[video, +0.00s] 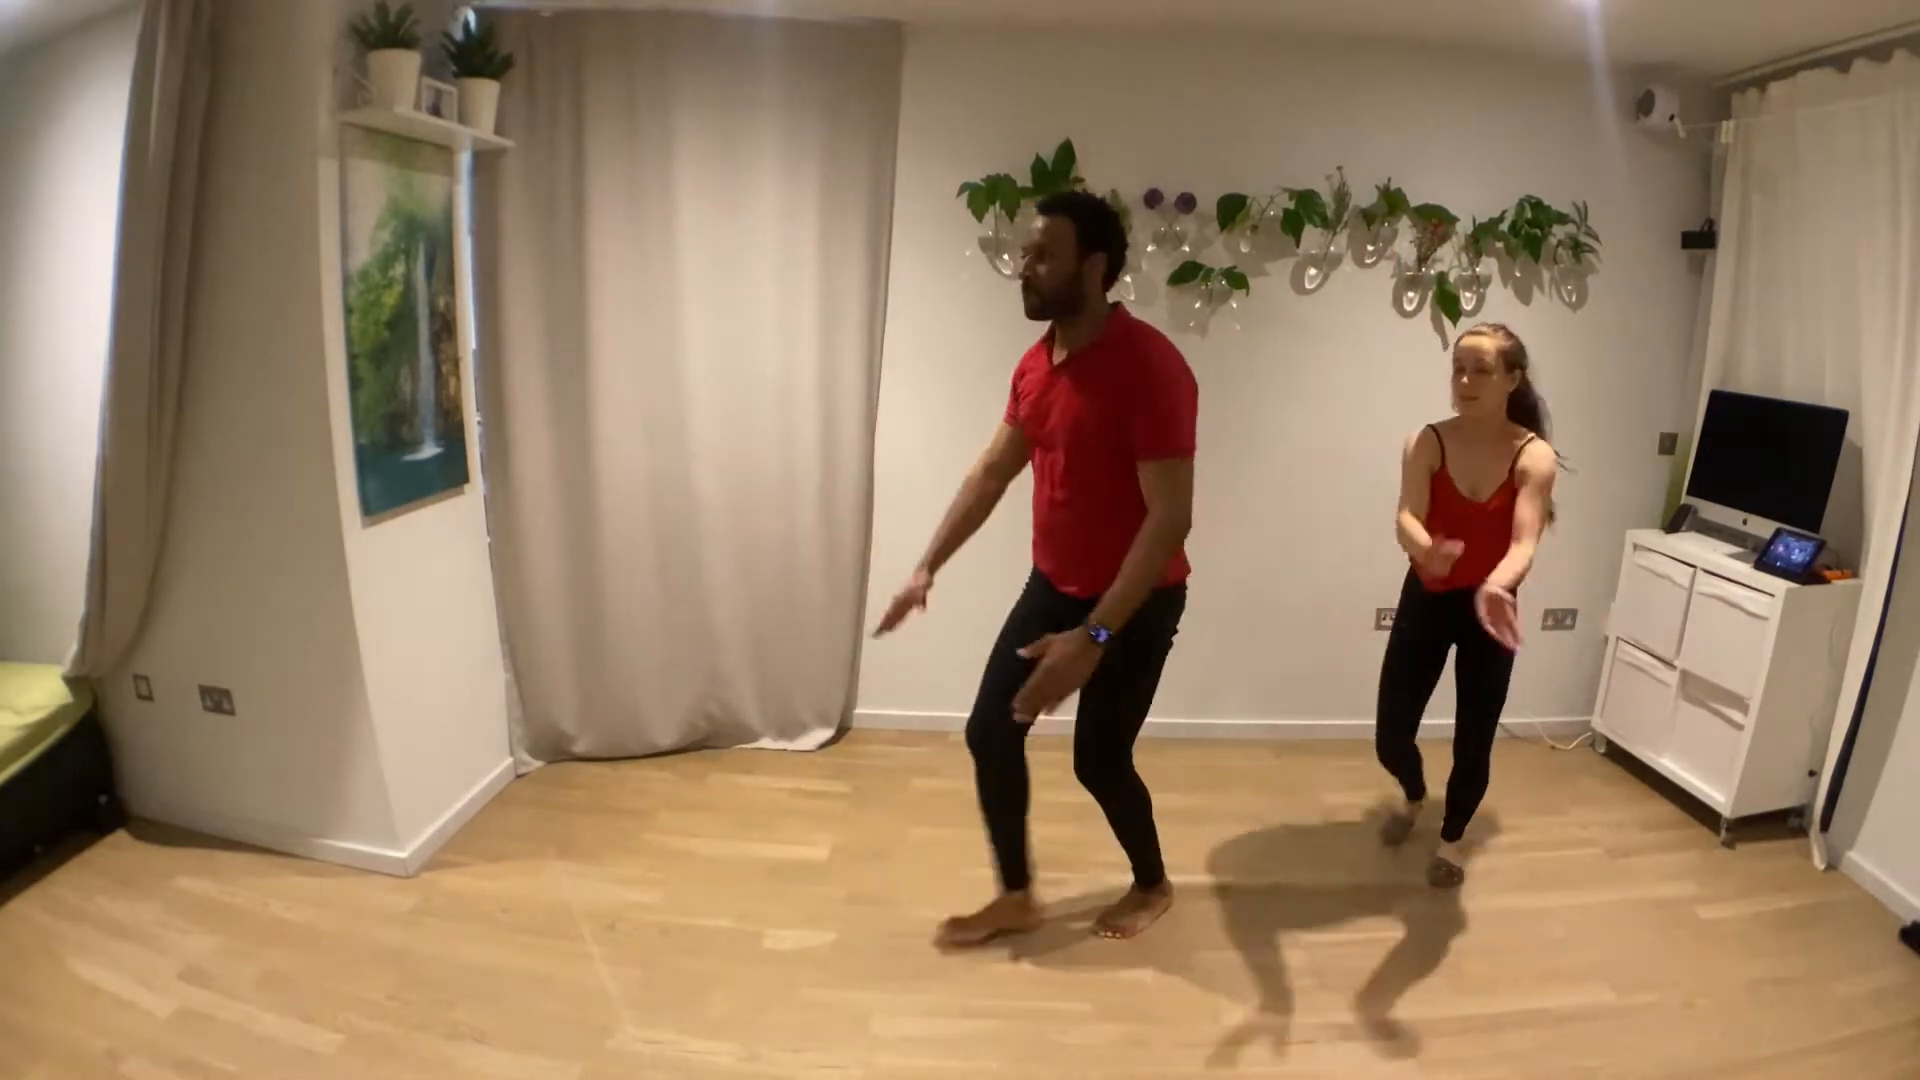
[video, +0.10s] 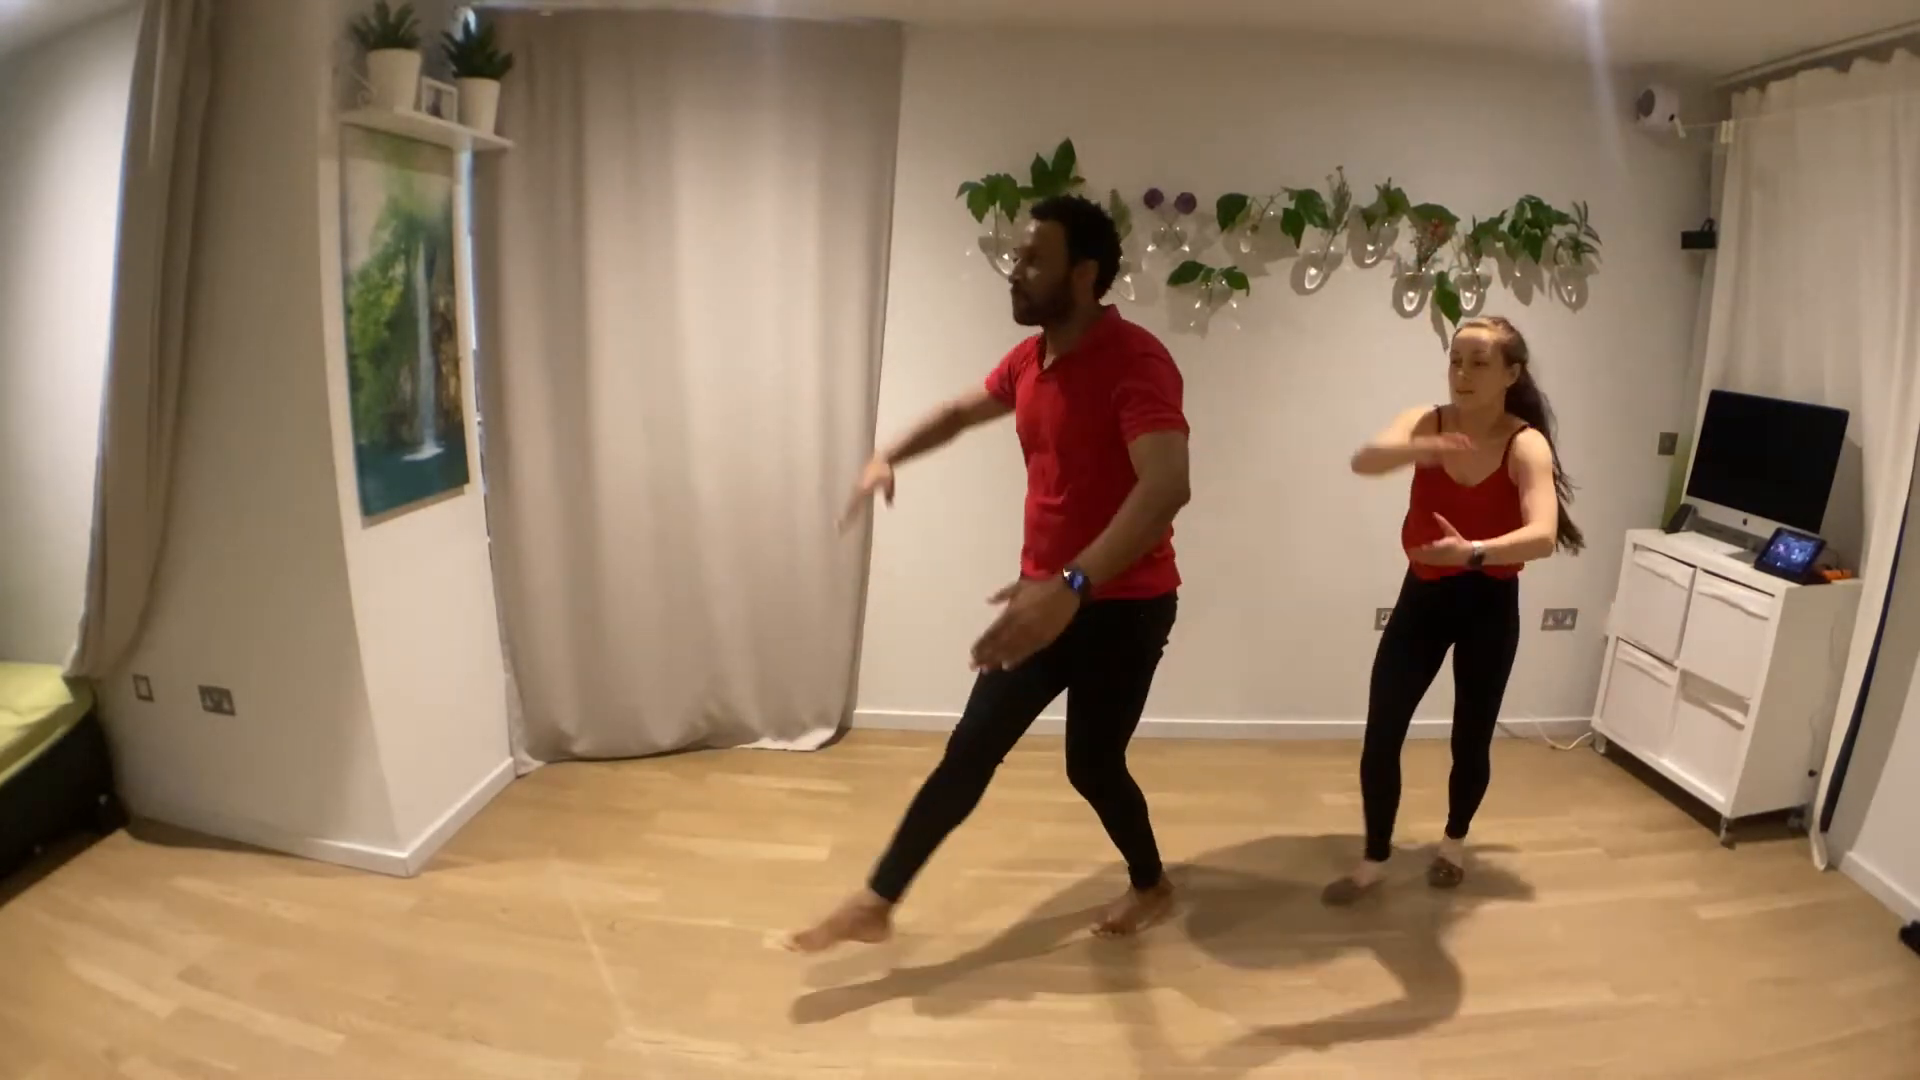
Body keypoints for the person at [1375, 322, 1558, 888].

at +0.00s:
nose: (1465, 381)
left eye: (1480, 371)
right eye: (1459, 370)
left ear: (1513, 380)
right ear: (1451, 374)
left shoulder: (1534, 455)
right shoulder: (1429, 441)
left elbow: (1525, 541)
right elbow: (1408, 514)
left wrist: (1497, 583)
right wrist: (1425, 549)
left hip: (1489, 607)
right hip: (1426, 600)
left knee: (1473, 743)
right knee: (1390, 740)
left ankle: (1451, 842)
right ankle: (1417, 795)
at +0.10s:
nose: (1462, 372)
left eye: (1478, 363)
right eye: (1456, 361)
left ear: (1510, 374)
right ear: (1447, 366)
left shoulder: (1526, 445)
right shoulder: (1428, 422)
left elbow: (1544, 535)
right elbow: (1365, 461)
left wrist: (1473, 552)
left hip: (1489, 607)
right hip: (1424, 598)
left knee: (1470, 740)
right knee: (1382, 730)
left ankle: (1453, 843)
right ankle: (1373, 859)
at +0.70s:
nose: (1357, 386)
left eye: (1373, 376)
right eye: (1353, 373)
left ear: (1415, 390)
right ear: (1349, 381)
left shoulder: (1431, 478)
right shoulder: (1350, 444)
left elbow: (1542, 518)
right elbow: (1341, 390)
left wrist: (1649, 520)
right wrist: (1364, 332)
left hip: (1361, 659)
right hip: (1305, 646)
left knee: (1280, 809)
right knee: (1305, 796)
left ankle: (1388, 820)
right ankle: (1348, 919)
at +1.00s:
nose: (1270, 409)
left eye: (1289, 398)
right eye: (1269, 394)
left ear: (1336, 415)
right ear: (1264, 397)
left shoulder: (1328, 513)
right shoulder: (1254, 472)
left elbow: (1292, 585)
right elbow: (1147, 451)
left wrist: (1267, 627)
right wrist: (1096, 379)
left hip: (1298, 701)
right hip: (1256, 686)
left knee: (1177, 826)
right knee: (1257, 833)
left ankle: (1081, 963)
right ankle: (1352, 918)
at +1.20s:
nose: (1197, 421)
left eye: (1216, 410)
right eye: (1195, 406)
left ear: (1264, 425)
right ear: (1193, 408)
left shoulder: (1247, 519)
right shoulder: (1190, 478)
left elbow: (1132, 581)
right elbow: (1084, 471)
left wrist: (1017, 584)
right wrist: (1011, 435)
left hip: (1223, 716)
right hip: (1185, 706)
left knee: (1103, 853)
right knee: (1165, 851)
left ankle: (1074, 972)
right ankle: (1292, 887)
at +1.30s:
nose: (1175, 423)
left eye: (1195, 412)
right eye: (1174, 408)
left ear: (1241, 427)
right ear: (1172, 408)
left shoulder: (1222, 515)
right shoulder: (1175, 475)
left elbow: (1121, 581)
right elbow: (1081, 453)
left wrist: (996, 602)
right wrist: (1022, 427)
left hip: (1207, 716)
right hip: (1161, 703)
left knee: (1091, 857)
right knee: (1107, 844)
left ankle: (1074, 973)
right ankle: (1224, 881)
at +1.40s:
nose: (1165, 422)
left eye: (1184, 412)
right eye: (1164, 407)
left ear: (1232, 426)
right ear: (1165, 410)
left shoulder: (1217, 508)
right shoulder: (1171, 466)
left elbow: (1162, 583)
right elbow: (1104, 428)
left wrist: (1062, 641)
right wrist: (1065, 395)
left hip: (1196, 709)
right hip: (1148, 694)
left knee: (1087, 850)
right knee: (1074, 843)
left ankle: (1076, 971)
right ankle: (1163, 880)